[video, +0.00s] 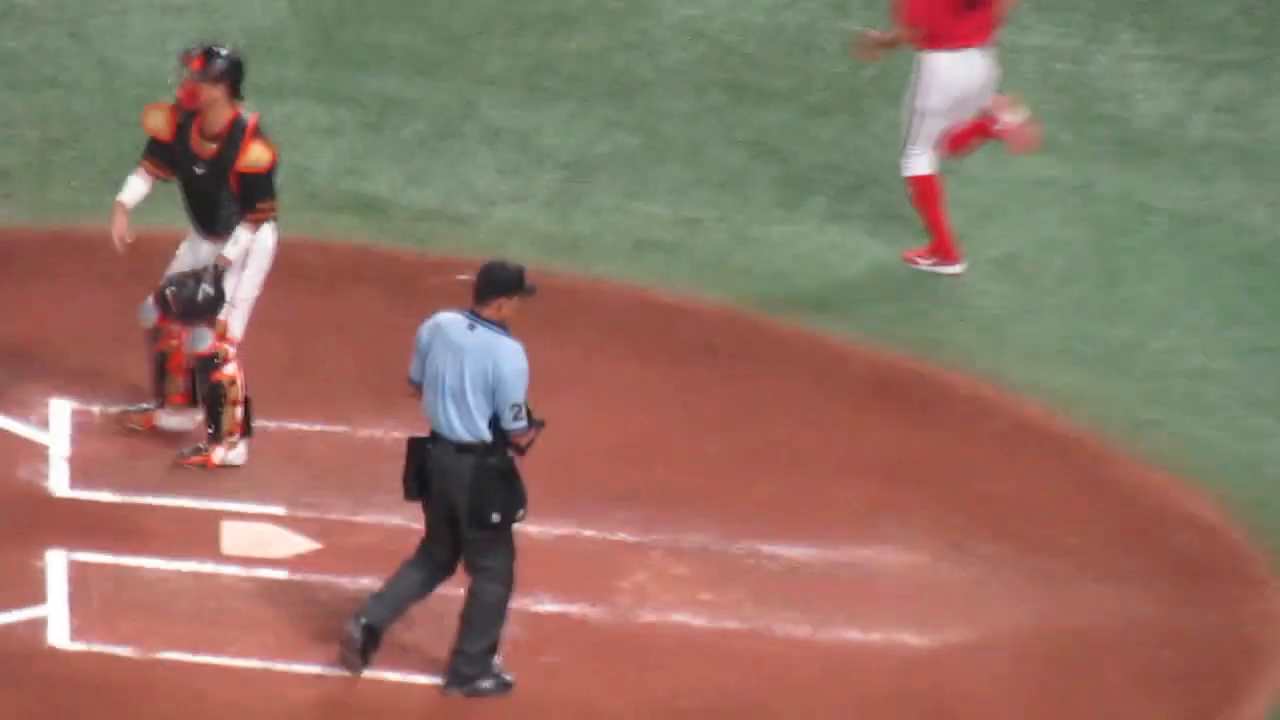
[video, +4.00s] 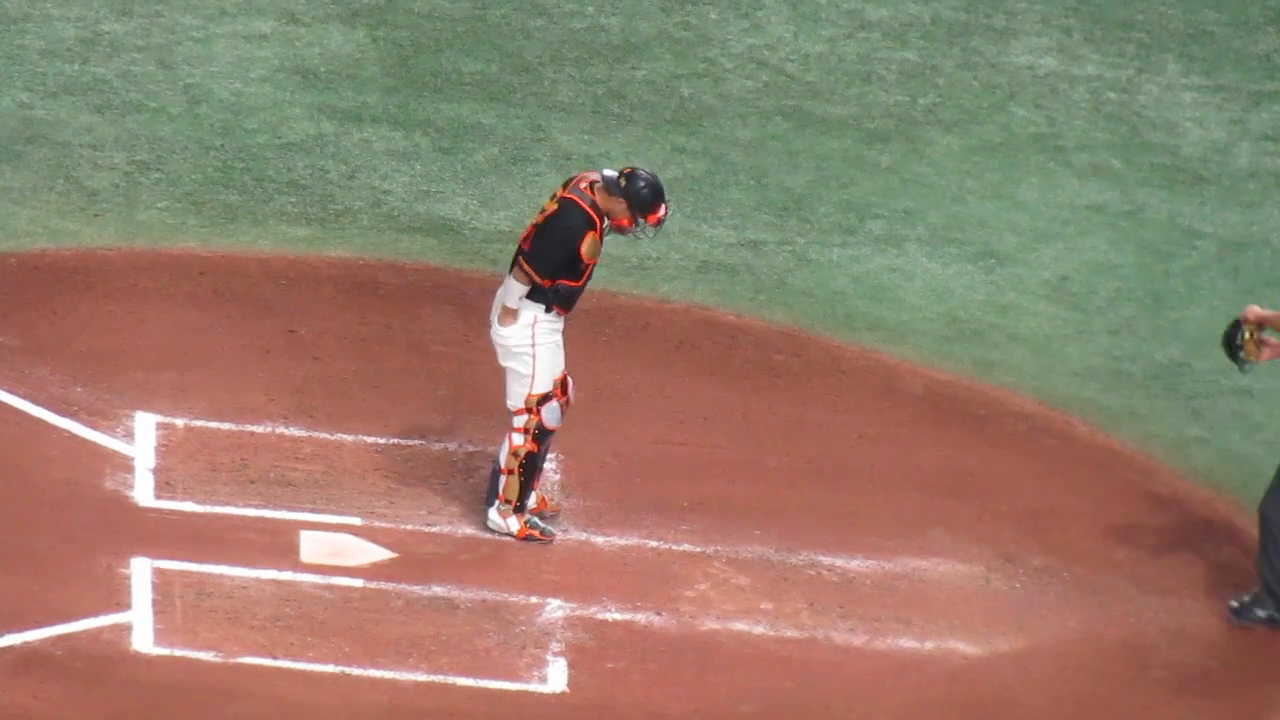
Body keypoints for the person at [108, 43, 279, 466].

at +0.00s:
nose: (189, 88)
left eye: (200, 82)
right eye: (190, 80)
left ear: (225, 89)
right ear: (192, 84)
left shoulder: (250, 145)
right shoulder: (176, 124)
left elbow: (258, 215)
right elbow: (151, 169)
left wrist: (226, 258)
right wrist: (122, 204)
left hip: (248, 241)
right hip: (204, 236)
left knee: (214, 334)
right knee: (162, 313)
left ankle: (230, 440)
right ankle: (175, 407)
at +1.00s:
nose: (230, 105)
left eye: (234, 97)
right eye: (221, 98)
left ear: (239, 94)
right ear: (199, 96)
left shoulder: (250, 122)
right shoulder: (161, 125)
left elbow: (262, 171)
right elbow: (126, 176)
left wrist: (271, 222)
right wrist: (118, 231)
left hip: (223, 234)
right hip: (171, 235)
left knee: (241, 322)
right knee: (148, 323)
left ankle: (219, 411)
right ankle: (145, 412)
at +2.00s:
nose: (420, 151)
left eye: (422, 143)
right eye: (414, 143)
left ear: (412, 140)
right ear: (392, 138)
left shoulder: (407, 162)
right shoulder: (351, 167)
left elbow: (402, 215)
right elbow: (311, 218)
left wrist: (412, 260)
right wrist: (314, 262)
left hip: (378, 280)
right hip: (342, 277)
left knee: (343, 366)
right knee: (366, 374)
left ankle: (282, 421)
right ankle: (351, 472)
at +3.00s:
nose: (589, 164)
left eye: (593, 157)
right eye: (588, 155)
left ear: (574, 146)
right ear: (569, 143)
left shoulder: (564, 175)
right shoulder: (525, 177)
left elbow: (546, 238)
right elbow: (485, 233)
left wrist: (566, 277)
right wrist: (479, 281)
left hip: (534, 293)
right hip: (505, 292)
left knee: (545, 382)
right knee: (516, 391)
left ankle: (513, 475)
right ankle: (482, 485)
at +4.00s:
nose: (630, 225)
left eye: (636, 222)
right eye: (632, 219)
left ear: (620, 188)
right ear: (620, 202)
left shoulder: (593, 184)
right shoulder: (573, 221)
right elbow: (530, 264)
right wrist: (509, 309)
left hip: (541, 311)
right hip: (531, 317)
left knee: (555, 400)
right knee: (536, 416)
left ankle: (520, 489)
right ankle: (506, 509)